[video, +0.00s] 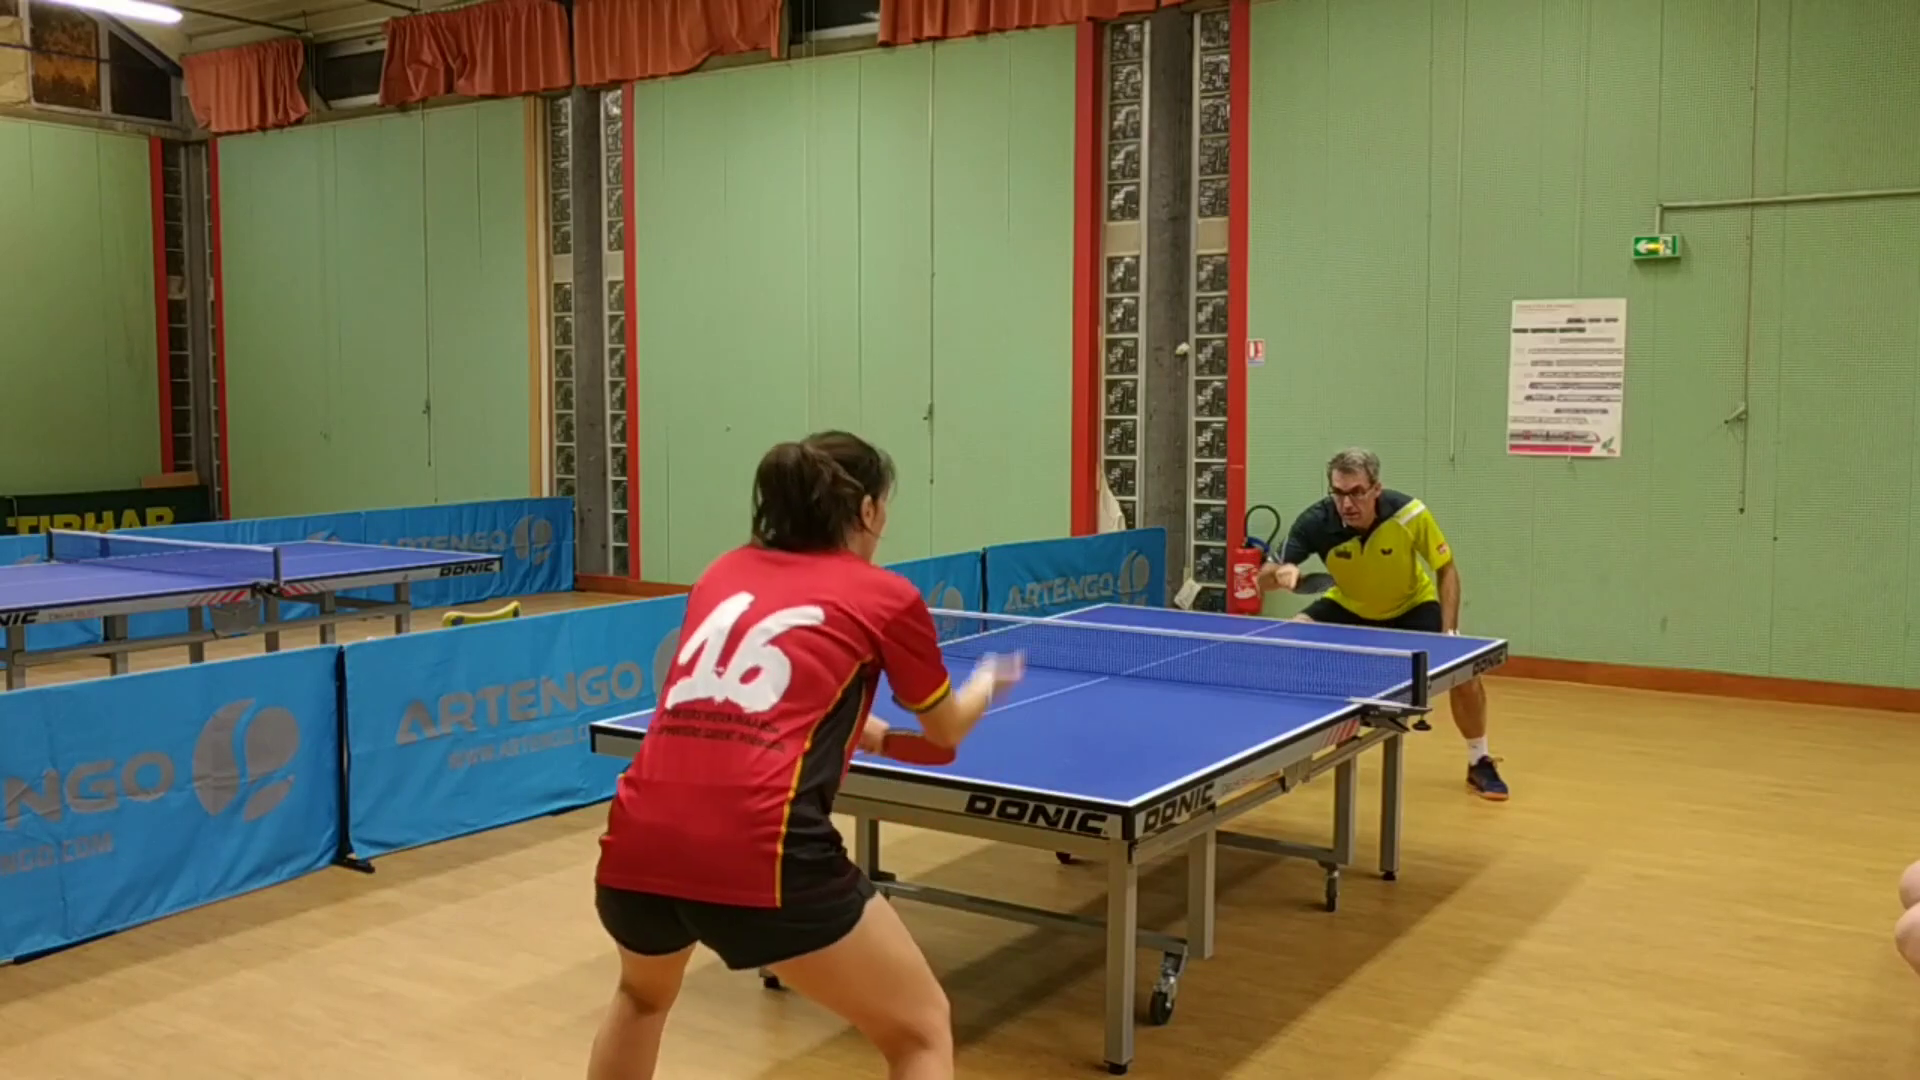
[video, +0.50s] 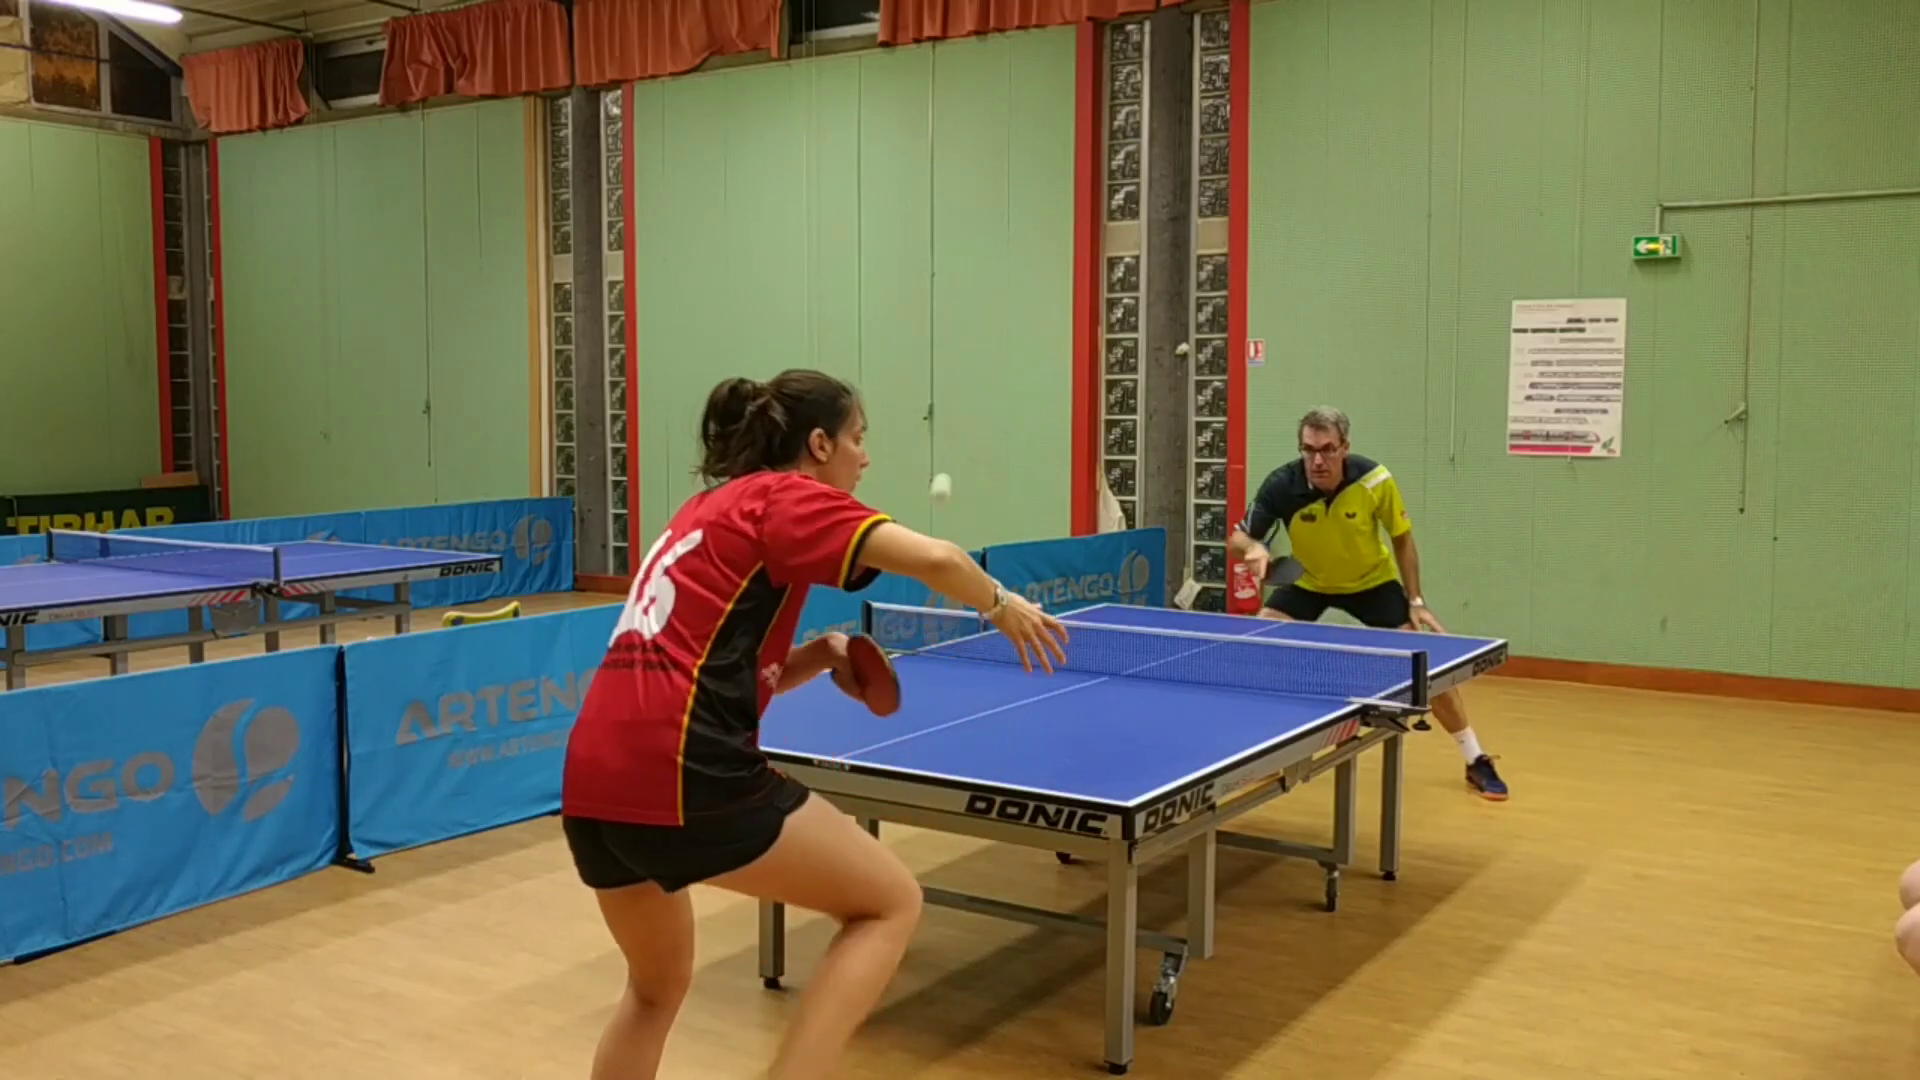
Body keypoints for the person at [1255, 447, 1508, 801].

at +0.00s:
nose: (1347, 503)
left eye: (1356, 493)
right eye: (1339, 493)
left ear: (1376, 488)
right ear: (1330, 489)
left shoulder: (1408, 512)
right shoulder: (1314, 523)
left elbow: (1447, 570)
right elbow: (1265, 580)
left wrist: (1449, 633)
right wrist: (1280, 574)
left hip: (1412, 605)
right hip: (1348, 604)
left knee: (1462, 667)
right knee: (1284, 640)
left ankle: (1480, 762)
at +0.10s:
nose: (1345, 497)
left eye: (1355, 487)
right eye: (1338, 487)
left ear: (1374, 482)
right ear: (1329, 483)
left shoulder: (1406, 509)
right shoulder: (1312, 518)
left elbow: (1443, 568)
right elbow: (1263, 575)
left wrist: (1446, 634)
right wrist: (1278, 570)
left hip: (1409, 603)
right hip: (1345, 602)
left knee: (1460, 667)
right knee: (1284, 641)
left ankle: (1480, 762)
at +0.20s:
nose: (1342, 488)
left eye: (1351, 478)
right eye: (1334, 478)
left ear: (1371, 475)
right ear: (1326, 476)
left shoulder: (1402, 503)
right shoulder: (1308, 512)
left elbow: (1437, 564)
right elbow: (1263, 567)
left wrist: (1442, 630)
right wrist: (1276, 566)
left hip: (1404, 600)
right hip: (1340, 599)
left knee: (1456, 667)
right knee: (1280, 645)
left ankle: (1480, 761)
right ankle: (1277, 752)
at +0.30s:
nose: (1336, 478)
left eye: (1346, 469)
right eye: (1329, 469)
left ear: (1365, 466)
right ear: (1320, 467)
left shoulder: (1396, 498)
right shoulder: (1303, 504)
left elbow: (1429, 558)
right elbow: (1262, 556)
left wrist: (1438, 623)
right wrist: (1273, 561)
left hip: (1397, 595)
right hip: (1334, 596)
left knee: (1448, 662)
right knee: (1277, 644)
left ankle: (1480, 761)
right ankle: (1275, 753)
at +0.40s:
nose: (1329, 470)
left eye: (1338, 460)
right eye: (1321, 460)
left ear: (1357, 458)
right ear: (1311, 459)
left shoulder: (1386, 490)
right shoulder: (1294, 496)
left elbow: (1419, 552)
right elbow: (1251, 546)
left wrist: (1431, 616)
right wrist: (1264, 555)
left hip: (1387, 590)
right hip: (1324, 590)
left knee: (1439, 658)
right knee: (1268, 642)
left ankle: (1478, 761)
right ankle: (1268, 751)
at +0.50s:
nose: (1318, 461)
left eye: (1327, 450)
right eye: (1310, 451)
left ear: (1345, 448)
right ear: (1299, 450)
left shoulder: (1372, 478)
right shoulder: (1282, 485)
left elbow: (1403, 539)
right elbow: (1239, 538)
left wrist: (1415, 600)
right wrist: (1254, 548)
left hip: (1372, 583)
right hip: (1310, 583)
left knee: (1425, 658)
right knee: (1256, 643)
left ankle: (1476, 759)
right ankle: (1259, 753)